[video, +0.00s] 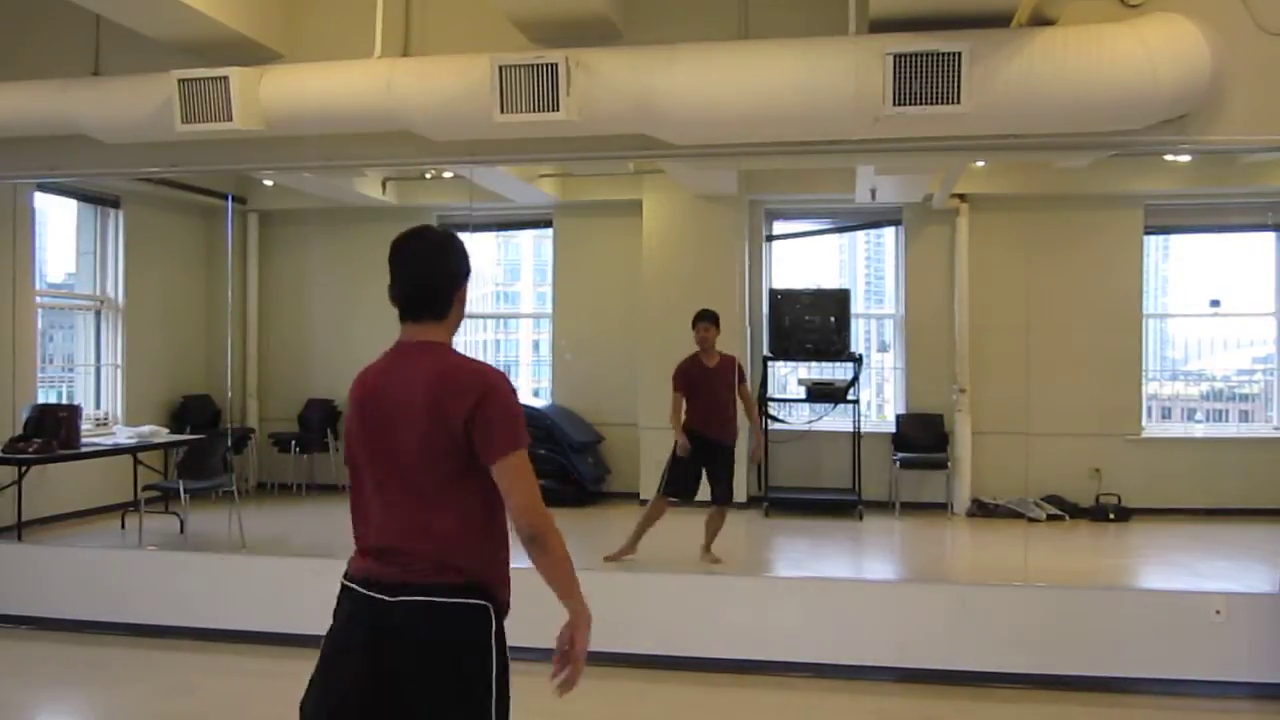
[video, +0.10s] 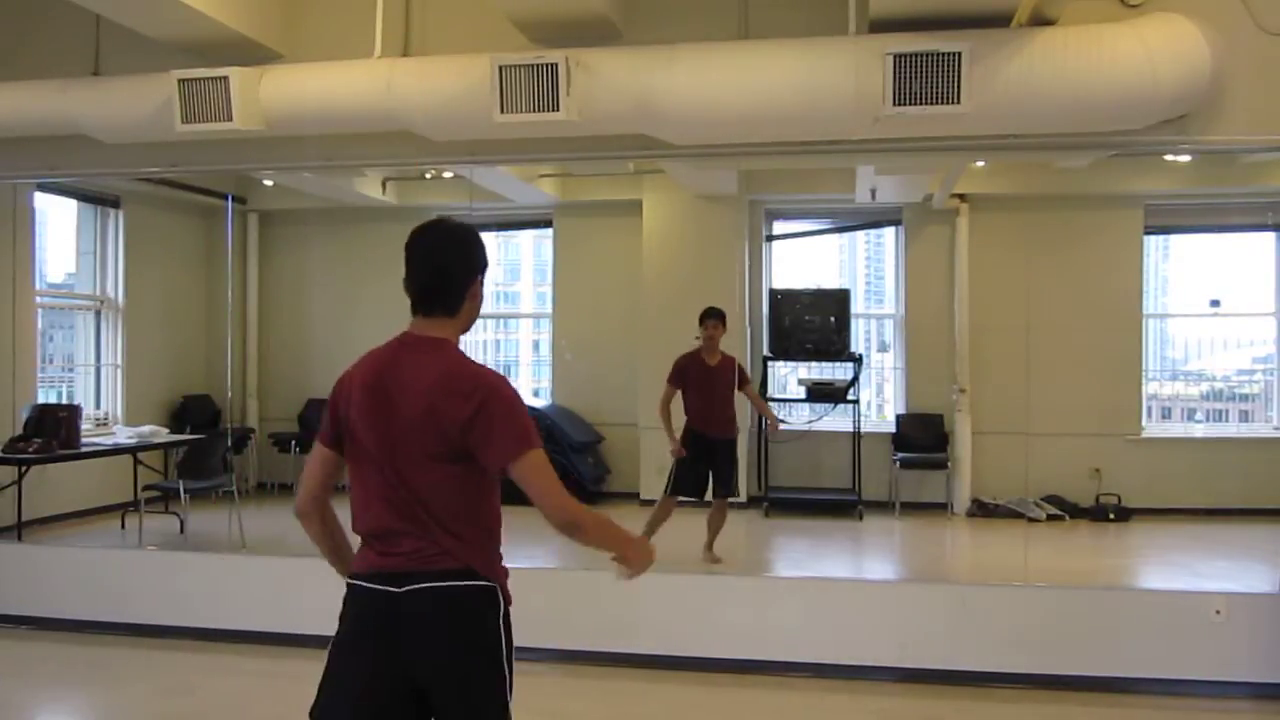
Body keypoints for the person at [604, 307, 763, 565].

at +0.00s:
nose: (701, 336)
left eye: (706, 330)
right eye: (697, 331)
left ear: (717, 332)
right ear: (693, 334)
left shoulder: (732, 365)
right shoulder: (685, 368)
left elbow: (747, 399)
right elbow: (676, 411)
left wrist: (757, 435)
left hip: (723, 443)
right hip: (692, 438)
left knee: (722, 502)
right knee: (665, 496)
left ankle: (706, 548)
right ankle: (631, 544)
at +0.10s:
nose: (710, 331)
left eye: (715, 327)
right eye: (706, 327)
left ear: (724, 331)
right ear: (700, 330)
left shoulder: (732, 365)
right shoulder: (685, 363)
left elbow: (752, 396)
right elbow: (665, 403)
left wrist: (771, 416)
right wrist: (673, 440)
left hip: (725, 440)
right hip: (695, 438)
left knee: (722, 499)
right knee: (672, 495)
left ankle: (709, 548)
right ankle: (642, 541)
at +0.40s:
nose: (709, 331)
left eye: (713, 326)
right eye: (703, 327)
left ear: (721, 328)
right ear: (697, 331)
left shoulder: (735, 359)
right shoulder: (689, 363)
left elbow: (757, 386)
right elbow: (666, 400)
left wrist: (764, 415)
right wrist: (676, 428)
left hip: (723, 438)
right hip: (692, 435)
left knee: (721, 498)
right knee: (659, 485)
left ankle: (708, 548)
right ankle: (626, 530)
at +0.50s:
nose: (706, 333)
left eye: (710, 327)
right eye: (700, 329)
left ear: (719, 329)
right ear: (695, 333)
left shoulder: (735, 359)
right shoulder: (689, 368)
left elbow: (740, 399)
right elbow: (690, 414)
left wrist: (717, 414)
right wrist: (721, 432)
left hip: (725, 433)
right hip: (694, 430)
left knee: (721, 497)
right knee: (660, 483)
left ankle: (708, 548)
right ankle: (625, 530)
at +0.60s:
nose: (698, 333)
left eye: (702, 327)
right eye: (693, 330)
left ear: (712, 328)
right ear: (688, 334)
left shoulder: (729, 351)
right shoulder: (690, 369)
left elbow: (729, 388)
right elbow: (711, 411)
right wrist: (749, 419)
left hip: (723, 432)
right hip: (694, 429)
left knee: (721, 497)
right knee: (660, 481)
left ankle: (708, 548)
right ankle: (625, 530)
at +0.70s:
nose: (692, 333)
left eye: (697, 328)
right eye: (687, 329)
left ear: (706, 329)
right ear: (682, 333)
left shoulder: (722, 347)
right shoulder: (686, 369)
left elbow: (739, 375)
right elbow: (706, 401)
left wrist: (708, 364)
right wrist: (733, 413)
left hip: (723, 429)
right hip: (695, 427)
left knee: (722, 497)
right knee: (660, 482)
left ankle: (708, 547)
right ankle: (625, 531)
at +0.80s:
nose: (688, 334)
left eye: (693, 328)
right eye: (683, 329)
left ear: (702, 329)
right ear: (677, 332)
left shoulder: (717, 349)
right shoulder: (680, 371)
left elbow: (747, 360)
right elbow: (687, 404)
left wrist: (747, 359)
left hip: (723, 428)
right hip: (693, 427)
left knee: (722, 496)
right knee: (660, 482)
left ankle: (707, 547)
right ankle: (625, 531)